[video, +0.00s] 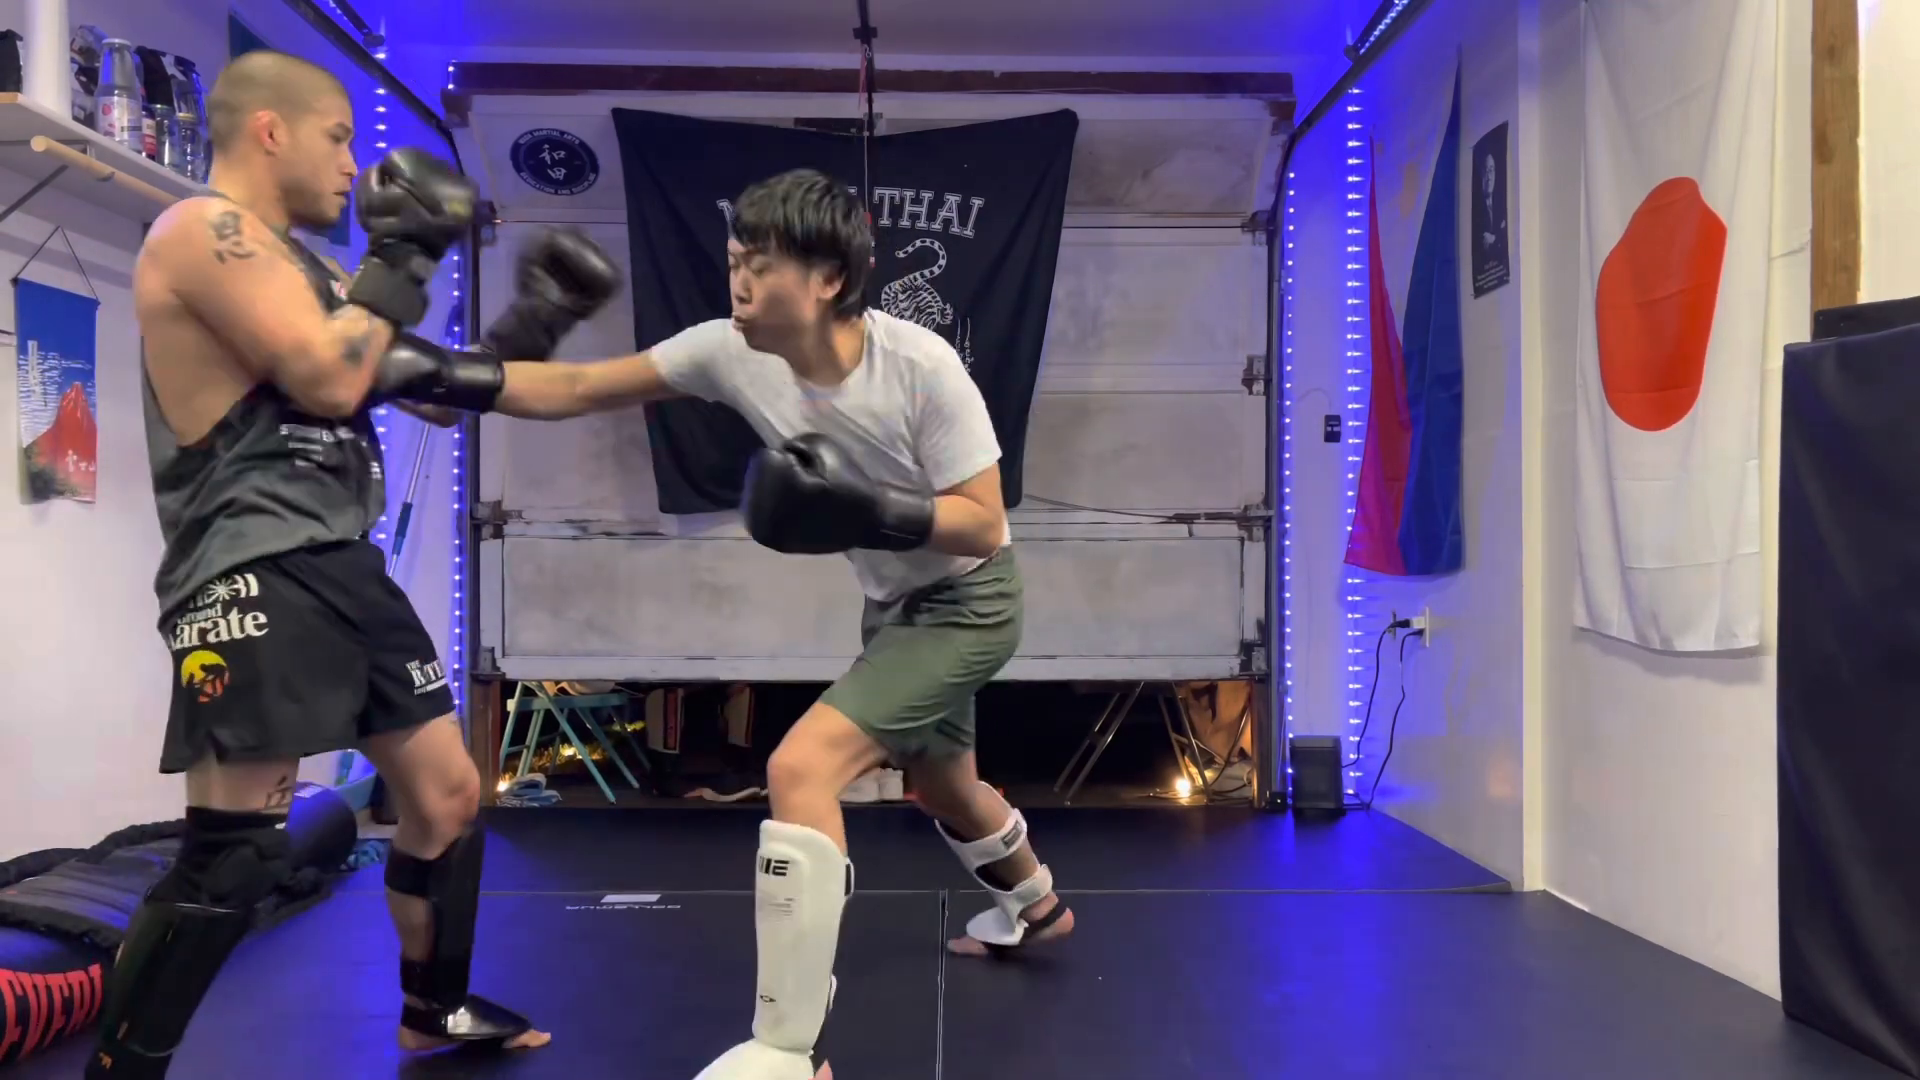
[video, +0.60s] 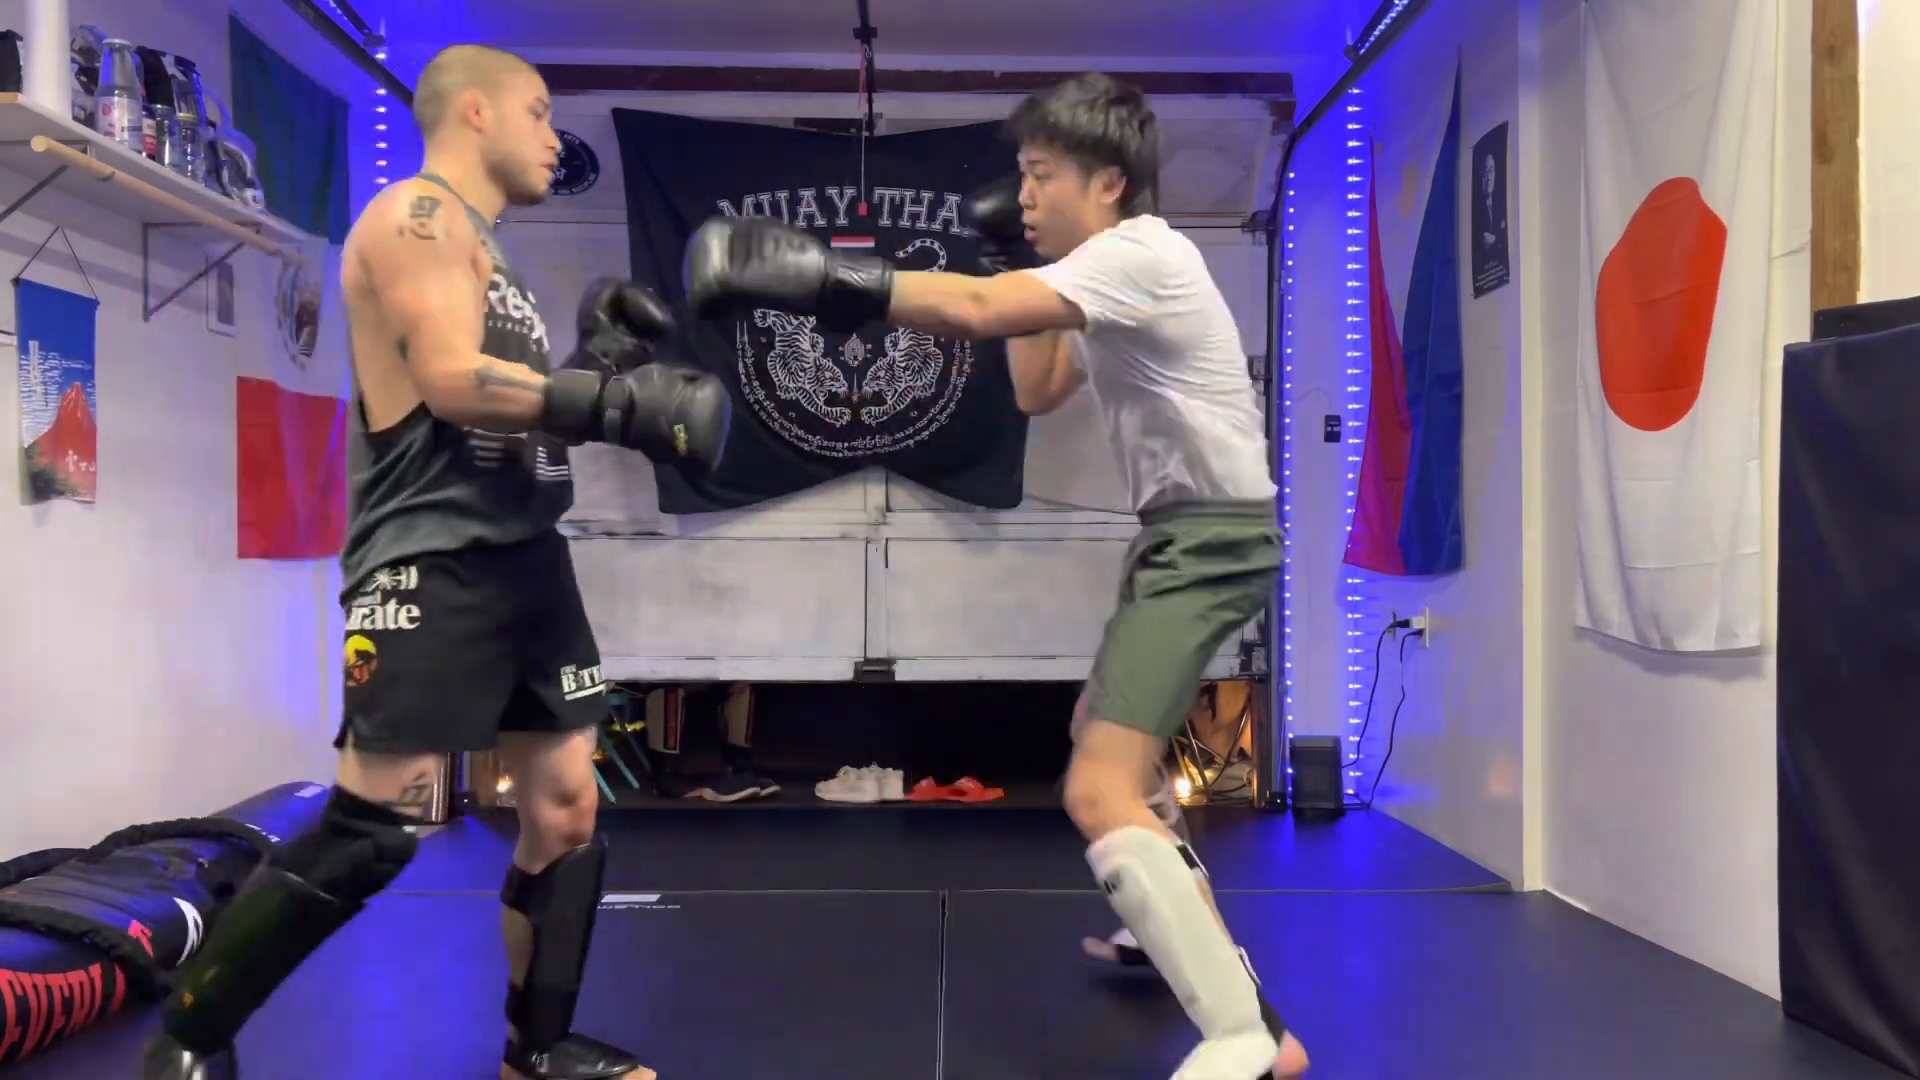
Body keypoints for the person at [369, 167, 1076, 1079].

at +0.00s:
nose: (738, 282)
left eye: (759, 263)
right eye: (738, 262)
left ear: (832, 280)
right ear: (738, 273)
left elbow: (984, 526)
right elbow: (573, 385)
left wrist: (872, 508)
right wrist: (435, 373)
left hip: (969, 599)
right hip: (894, 603)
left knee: (803, 770)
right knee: (948, 788)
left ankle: (786, 1049)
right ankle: (1033, 903)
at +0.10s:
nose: (777, 292)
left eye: (798, 272)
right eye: (775, 270)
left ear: (869, 287)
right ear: (771, 278)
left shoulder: (961, 381)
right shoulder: (770, 346)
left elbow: (1017, 537)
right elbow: (628, 401)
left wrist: (905, 518)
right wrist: (506, 421)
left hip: (976, 611)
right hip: (894, 607)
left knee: (822, 771)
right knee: (941, 806)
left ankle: (783, 1050)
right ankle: (1054, 886)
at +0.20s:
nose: (842, 273)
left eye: (865, 257)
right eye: (842, 253)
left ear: (934, 277)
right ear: (840, 260)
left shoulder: (1010, 376)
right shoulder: (833, 335)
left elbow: (1038, 547)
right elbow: (713, 405)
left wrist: (933, 504)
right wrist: (644, 430)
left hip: (989, 610)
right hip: (906, 600)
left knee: (828, 770)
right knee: (909, 819)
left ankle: (782, 1049)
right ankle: (1077, 877)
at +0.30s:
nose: (900, 250)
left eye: (924, 235)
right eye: (900, 230)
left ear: (991, 254)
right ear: (900, 234)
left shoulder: (1068, 350)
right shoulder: (902, 315)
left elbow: (1093, 516)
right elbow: (813, 406)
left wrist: (994, 479)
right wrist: (770, 367)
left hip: (1029, 597)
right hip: (949, 583)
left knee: (875, 774)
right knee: (946, 805)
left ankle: (787, 1046)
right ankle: (1104, 924)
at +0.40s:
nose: (946, 218)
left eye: (966, 203)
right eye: (946, 200)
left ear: (1034, 219)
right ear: (959, 211)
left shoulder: (1111, 314)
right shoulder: (958, 295)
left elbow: (1124, 475)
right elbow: (861, 389)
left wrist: (1017, 423)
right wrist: (848, 270)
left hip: (1093, 568)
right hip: (1011, 559)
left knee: (947, 762)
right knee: (1008, 774)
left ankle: (838, 1043)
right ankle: (1124, 944)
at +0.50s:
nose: (985, 189)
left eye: (1003, 167)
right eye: (983, 168)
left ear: (1068, 175)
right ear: (1018, 180)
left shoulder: (1123, 259)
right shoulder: (1033, 268)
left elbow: (1052, 409)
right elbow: (985, 363)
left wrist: (942, 325)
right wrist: (933, 249)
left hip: (1153, 533)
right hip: (1096, 532)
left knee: (1012, 744)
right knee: (1063, 742)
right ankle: (1128, 931)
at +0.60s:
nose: (1024, 197)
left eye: (1041, 175)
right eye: (1024, 176)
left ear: (1109, 182)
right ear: (1092, 187)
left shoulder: (1143, 254)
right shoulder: (1111, 272)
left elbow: (972, 303)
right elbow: (1040, 390)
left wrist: (819, 272)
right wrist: (1018, 272)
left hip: (1213, 537)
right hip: (1182, 536)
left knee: (1100, 793)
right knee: (1104, 743)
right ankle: (1182, 924)